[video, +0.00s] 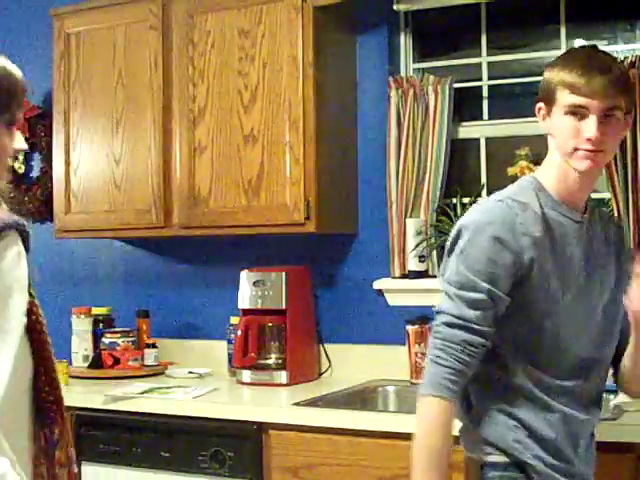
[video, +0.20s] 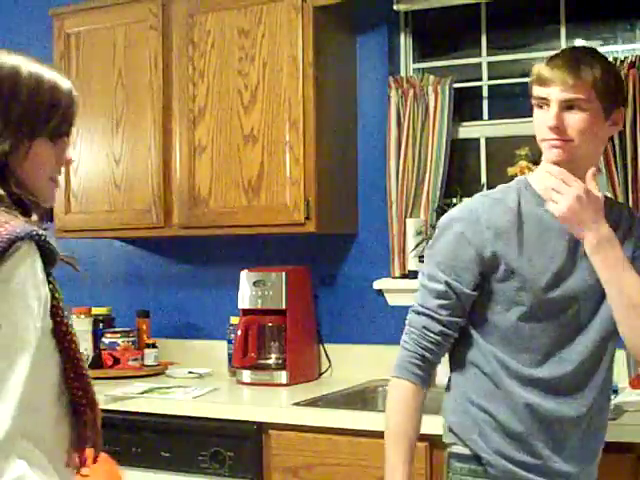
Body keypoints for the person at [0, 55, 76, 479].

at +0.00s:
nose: (20, 142)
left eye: (19, 125)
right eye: (13, 125)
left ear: (12, 130)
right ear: (1, 130)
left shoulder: (13, 239)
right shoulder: (9, 242)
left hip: (18, 460)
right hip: (12, 462)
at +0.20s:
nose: (66, 159)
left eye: (66, 141)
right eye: (56, 139)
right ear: (11, 140)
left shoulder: (19, 242)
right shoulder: (19, 250)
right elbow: (10, 438)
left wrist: (64, 454)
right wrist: (73, 467)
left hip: (37, 461)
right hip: (30, 464)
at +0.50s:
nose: (129, 161)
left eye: (126, 144)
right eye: (114, 143)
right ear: (60, 145)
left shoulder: (46, 249)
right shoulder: (33, 252)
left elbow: (35, 404)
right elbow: (4, 433)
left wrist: (115, 448)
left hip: (78, 468)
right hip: (54, 469)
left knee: (193, 473)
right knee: (193, 473)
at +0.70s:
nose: (167, 167)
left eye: (164, 151)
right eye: (150, 151)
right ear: (98, 155)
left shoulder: (85, 259)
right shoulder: (63, 265)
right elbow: (13, 432)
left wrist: (161, 434)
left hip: (121, 468)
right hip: (91, 471)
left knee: (244, 467)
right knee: (243, 469)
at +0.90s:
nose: (196, 152)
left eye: (190, 139)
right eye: (179, 142)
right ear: (135, 155)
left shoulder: (134, 259)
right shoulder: (105, 264)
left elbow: (134, 388)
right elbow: (48, 417)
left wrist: (209, 420)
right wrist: (104, 473)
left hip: (160, 467)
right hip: (130, 470)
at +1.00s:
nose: (208, 145)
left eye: (201, 132)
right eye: (191, 134)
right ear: (147, 148)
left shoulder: (151, 251)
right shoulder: (126, 259)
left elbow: (157, 376)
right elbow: (87, 410)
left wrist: (226, 409)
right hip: (120, 469)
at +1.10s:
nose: (214, 142)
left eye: (207, 129)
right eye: (198, 131)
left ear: (157, 147)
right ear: (154, 146)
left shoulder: (133, 240)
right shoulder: (152, 251)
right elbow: (181, 391)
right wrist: (327, 362)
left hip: (131, 467)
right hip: (150, 471)